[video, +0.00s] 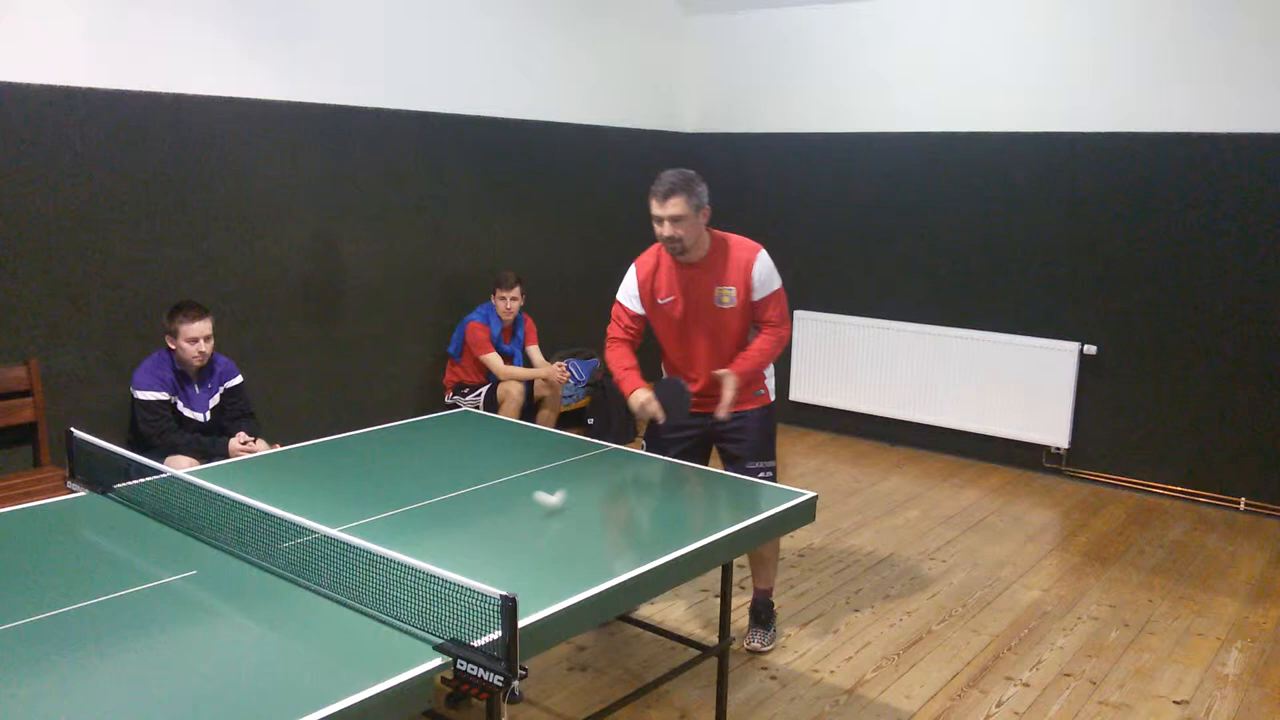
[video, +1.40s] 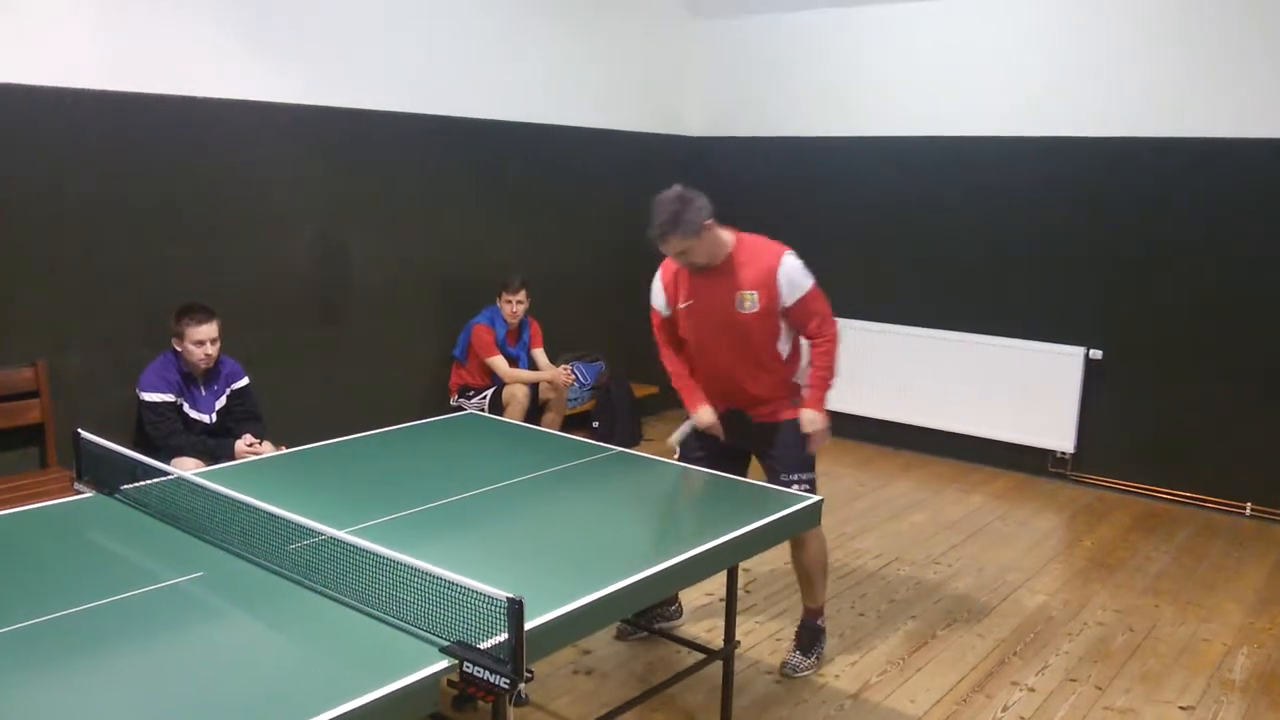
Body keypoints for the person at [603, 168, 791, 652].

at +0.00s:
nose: (667, 232)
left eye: (677, 220)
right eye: (658, 221)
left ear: (704, 215)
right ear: (652, 220)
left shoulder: (749, 260)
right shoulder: (645, 271)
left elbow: (776, 327)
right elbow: (618, 339)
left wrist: (739, 371)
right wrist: (636, 388)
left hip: (746, 403)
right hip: (679, 401)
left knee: (759, 504)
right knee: (651, 496)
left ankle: (762, 608)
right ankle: (625, 587)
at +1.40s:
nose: (679, 261)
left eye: (683, 250)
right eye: (671, 254)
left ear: (709, 229)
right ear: (663, 244)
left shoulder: (775, 264)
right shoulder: (668, 280)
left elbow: (822, 328)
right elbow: (669, 348)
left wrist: (814, 403)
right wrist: (695, 402)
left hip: (781, 415)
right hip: (717, 416)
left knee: (801, 519)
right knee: (679, 507)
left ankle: (812, 626)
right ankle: (663, 599)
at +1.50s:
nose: (713, 244)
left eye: (719, 235)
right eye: (706, 236)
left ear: (747, 214)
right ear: (701, 226)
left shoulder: (801, 258)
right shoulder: (698, 245)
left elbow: (852, 320)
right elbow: (659, 286)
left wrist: (841, 397)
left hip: (786, 413)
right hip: (723, 406)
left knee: (800, 522)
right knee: (689, 504)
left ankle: (812, 629)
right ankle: (664, 597)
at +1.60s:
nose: (747, 221)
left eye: (754, 211)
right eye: (742, 213)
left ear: (784, 197)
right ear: (737, 205)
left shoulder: (825, 259)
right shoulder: (735, 222)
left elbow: (876, 328)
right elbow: (702, 191)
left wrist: (852, 399)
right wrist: (674, 172)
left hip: (788, 411)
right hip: (729, 393)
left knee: (798, 523)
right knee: (687, 499)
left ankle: (809, 631)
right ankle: (660, 594)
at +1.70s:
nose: (763, 220)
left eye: (771, 209)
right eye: (759, 210)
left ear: (805, 198)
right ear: (770, 198)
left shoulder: (831, 267)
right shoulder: (797, 210)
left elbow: (870, 345)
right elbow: (799, 163)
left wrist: (844, 412)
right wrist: (783, 120)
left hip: (793, 408)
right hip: (739, 382)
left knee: (797, 523)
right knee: (685, 483)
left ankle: (808, 632)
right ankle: (657, 586)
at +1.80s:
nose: (776, 216)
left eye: (784, 205)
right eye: (771, 207)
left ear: (818, 194)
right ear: (784, 199)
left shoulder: (837, 266)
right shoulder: (825, 217)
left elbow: (861, 349)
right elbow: (860, 192)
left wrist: (830, 412)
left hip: (794, 407)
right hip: (746, 381)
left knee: (801, 521)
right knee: (685, 464)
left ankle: (809, 628)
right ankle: (674, 577)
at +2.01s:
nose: (796, 203)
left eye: (806, 194)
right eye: (791, 193)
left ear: (838, 190)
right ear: (789, 191)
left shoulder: (866, 255)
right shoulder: (798, 234)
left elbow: (885, 333)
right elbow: (797, 307)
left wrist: (834, 379)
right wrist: (775, 363)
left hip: (820, 412)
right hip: (766, 392)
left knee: (818, 518)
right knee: (734, 477)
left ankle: (813, 629)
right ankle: (790, 534)